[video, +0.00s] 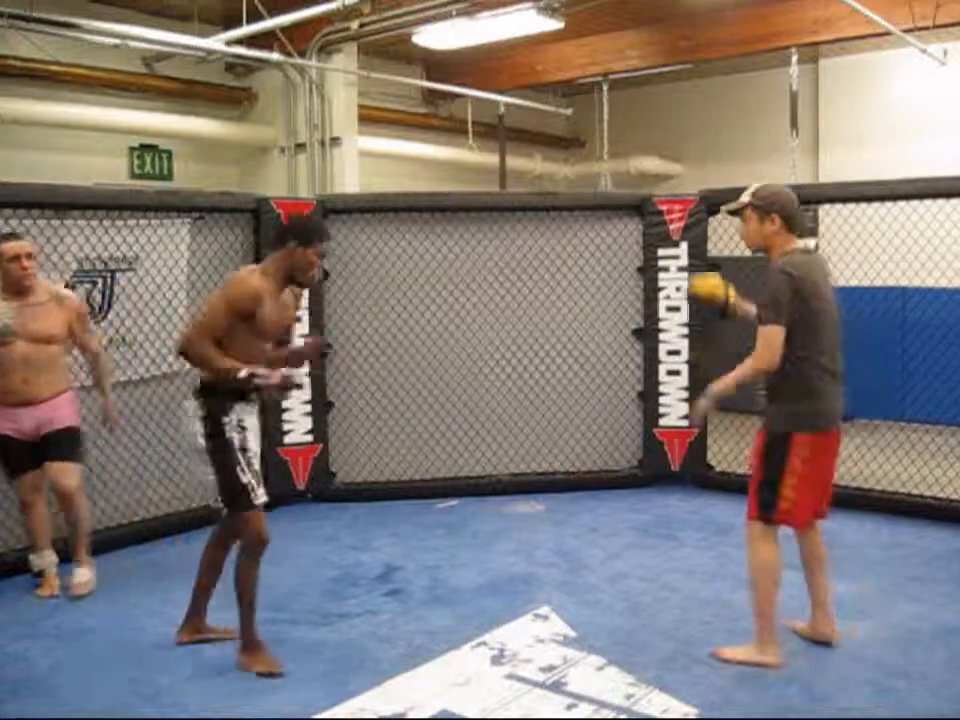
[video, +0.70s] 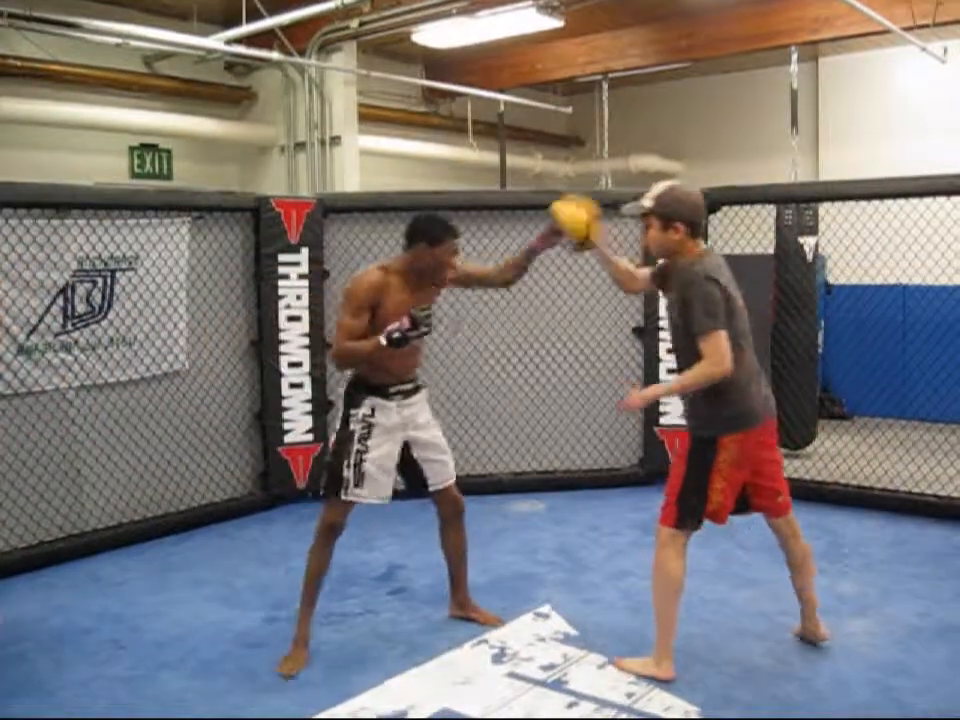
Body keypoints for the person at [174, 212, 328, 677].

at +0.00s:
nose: (320, 267)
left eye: (321, 258)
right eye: (317, 257)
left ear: (299, 253)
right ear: (294, 251)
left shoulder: (288, 294)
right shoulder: (246, 286)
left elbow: (258, 351)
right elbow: (191, 344)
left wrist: (297, 354)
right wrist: (246, 373)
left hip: (250, 407)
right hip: (226, 408)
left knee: (234, 524)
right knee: (255, 536)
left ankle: (194, 621)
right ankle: (250, 646)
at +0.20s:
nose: (335, 260)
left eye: (337, 251)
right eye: (330, 251)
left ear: (310, 248)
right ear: (302, 246)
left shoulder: (311, 287)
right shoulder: (252, 292)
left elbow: (301, 341)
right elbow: (230, 367)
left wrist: (335, 328)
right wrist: (291, 356)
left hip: (297, 418)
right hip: (262, 422)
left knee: (304, 528)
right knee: (270, 538)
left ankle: (232, 590)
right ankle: (257, 645)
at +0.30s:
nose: (348, 259)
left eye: (351, 251)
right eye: (344, 249)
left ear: (333, 244)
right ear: (317, 240)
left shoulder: (326, 278)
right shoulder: (271, 280)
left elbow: (321, 336)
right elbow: (261, 352)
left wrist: (356, 323)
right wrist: (308, 334)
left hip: (315, 408)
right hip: (277, 412)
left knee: (349, 516)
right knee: (277, 536)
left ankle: (303, 592)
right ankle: (260, 642)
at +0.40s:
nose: (369, 269)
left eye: (371, 260)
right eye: (363, 260)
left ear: (349, 257)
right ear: (335, 255)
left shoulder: (345, 295)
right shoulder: (290, 294)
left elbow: (367, 356)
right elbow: (299, 366)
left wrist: (371, 323)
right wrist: (344, 331)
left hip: (332, 410)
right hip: (293, 417)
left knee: (383, 508)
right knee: (292, 545)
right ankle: (277, 650)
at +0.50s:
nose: (392, 279)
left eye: (392, 270)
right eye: (385, 271)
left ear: (367, 269)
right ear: (355, 268)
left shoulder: (369, 311)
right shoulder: (312, 307)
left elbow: (399, 368)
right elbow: (323, 384)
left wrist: (395, 337)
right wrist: (364, 342)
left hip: (359, 427)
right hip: (317, 432)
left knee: (417, 520)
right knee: (300, 555)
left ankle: (455, 604)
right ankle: (278, 649)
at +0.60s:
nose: (422, 270)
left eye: (423, 262)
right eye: (416, 263)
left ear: (406, 262)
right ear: (387, 261)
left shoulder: (405, 291)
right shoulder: (342, 298)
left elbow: (445, 325)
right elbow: (326, 375)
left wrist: (457, 310)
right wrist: (375, 343)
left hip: (394, 414)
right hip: (350, 421)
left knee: (445, 507)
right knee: (317, 538)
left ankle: (459, 604)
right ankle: (282, 644)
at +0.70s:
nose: (452, 267)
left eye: (454, 259)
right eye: (446, 259)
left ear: (443, 254)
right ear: (419, 253)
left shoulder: (436, 275)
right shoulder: (370, 284)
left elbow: (504, 275)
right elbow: (340, 352)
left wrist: (539, 244)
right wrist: (385, 338)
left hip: (415, 401)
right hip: (368, 406)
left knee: (452, 504)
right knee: (333, 521)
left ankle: (461, 601)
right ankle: (301, 634)